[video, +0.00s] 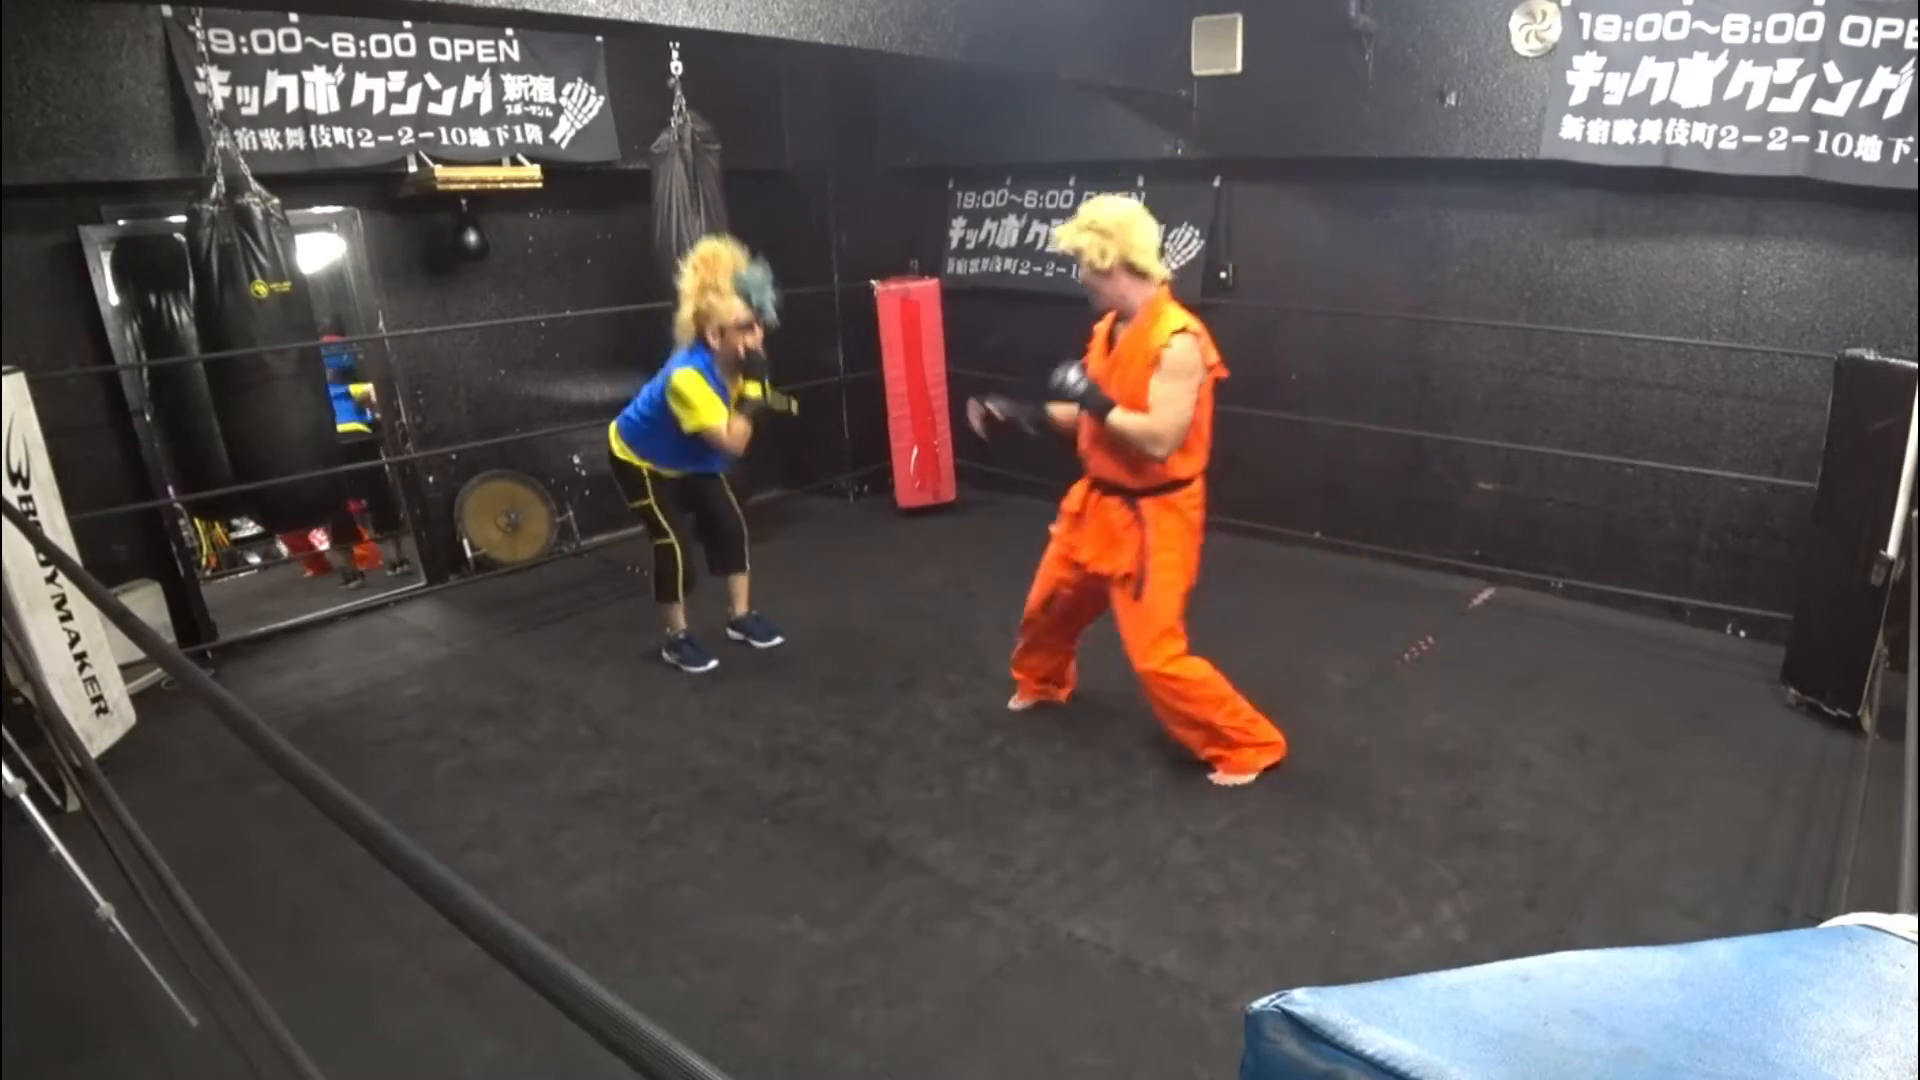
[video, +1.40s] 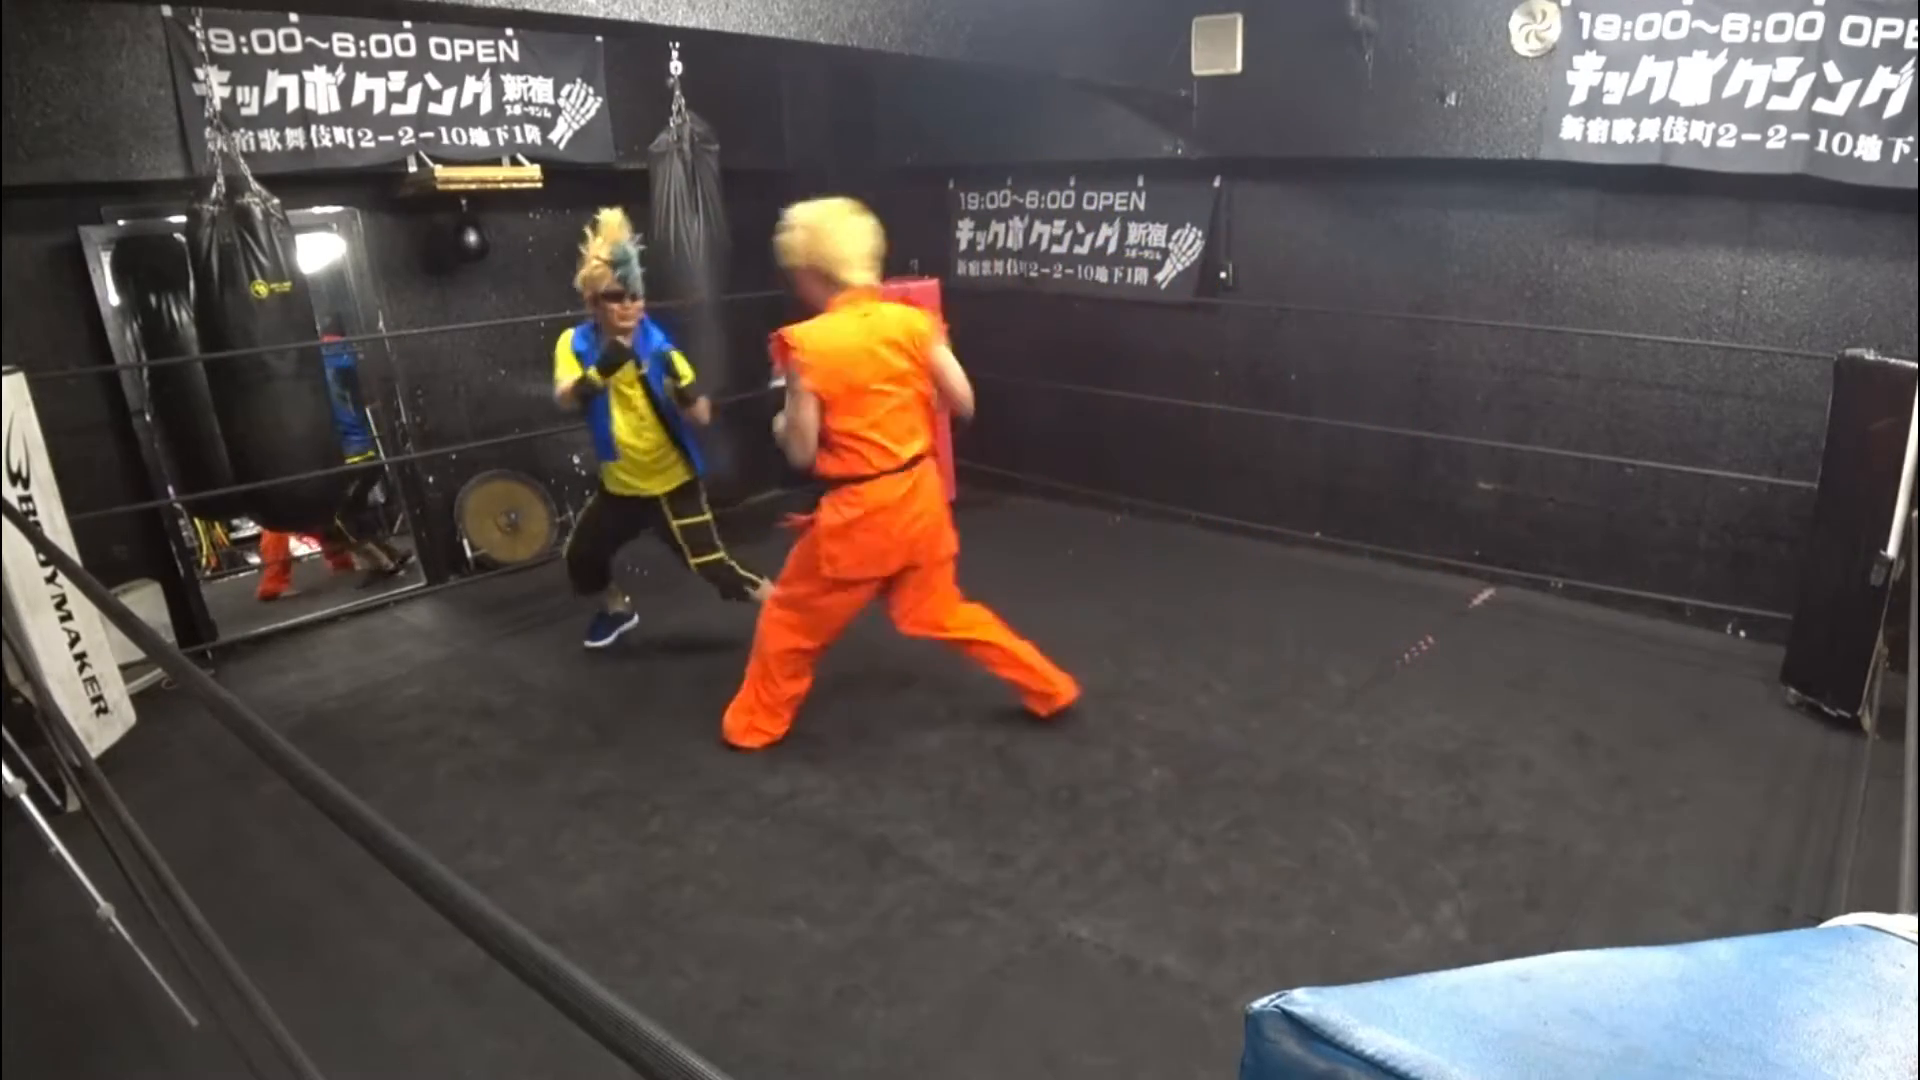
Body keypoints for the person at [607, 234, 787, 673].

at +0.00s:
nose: (756, 338)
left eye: (757, 327)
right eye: (745, 330)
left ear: (760, 327)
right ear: (714, 336)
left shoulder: (739, 365)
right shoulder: (686, 377)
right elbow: (734, 442)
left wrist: (761, 402)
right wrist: (751, 398)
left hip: (694, 455)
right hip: (640, 455)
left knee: (731, 525)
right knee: (670, 541)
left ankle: (740, 616)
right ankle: (676, 635)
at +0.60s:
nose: (752, 374)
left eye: (754, 364)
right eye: (742, 365)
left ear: (716, 368)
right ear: (710, 368)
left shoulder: (723, 395)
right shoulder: (676, 404)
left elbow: (725, 436)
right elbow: (698, 475)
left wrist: (741, 414)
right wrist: (728, 450)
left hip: (669, 464)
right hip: (620, 469)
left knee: (728, 526)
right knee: (666, 545)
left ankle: (739, 614)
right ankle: (673, 637)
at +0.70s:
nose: (731, 342)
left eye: (736, 332)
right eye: (720, 333)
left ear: (743, 333)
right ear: (691, 335)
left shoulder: (742, 368)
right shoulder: (659, 382)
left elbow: (733, 408)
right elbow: (634, 447)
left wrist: (738, 435)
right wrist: (663, 471)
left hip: (692, 468)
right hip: (635, 474)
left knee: (739, 531)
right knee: (680, 547)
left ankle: (739, 615)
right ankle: (676, 635)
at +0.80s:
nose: (706, 305)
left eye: (709, 293)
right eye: (693, 296)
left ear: (716, 291)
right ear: (666, 299)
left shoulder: (724, 335)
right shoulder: (630, 347)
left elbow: (746, 382)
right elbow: (605, 405)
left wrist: (744, 431)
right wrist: (619, 455)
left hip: (710, 466)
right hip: (658, 474)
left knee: (753, 537)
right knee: (692, 555)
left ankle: (743, 614)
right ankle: (683, 635)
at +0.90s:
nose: (686, 271)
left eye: (689, 260)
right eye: (674, 262)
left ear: (695, 257)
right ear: (645, 262)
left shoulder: (708, 306)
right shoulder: (613, 309)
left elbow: (738, 370)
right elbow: (601, 377)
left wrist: (745, 418)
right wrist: (639, 406)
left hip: (714, 447)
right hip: (662, 453)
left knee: (751, 537)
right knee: (674, 544)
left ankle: (742, 614)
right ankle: (674, 632)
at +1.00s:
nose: (669, 250)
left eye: (672, 239)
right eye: (656, 242)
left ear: (680, 239)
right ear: (630, 246)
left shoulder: (701, 290)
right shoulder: (607, 293)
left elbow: (729, 346)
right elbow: (612, 348)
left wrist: (738, 374)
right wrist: (647, 353)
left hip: (711, 428)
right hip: (651, 436)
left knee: (743, 523)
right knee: (646, 534)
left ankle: (772, 610)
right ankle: (663, 627)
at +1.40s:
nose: (628, 307)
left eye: (633, 297)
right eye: (616, 299)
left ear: (642, 300)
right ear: (593, 304)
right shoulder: (574, 344)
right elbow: (566, 399)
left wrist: (687, 398)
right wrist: (604, 368)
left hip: (674, 480)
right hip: (620, 483)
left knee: (715, 568)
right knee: (582, 560)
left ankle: (788, 608)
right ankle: (616, 610)